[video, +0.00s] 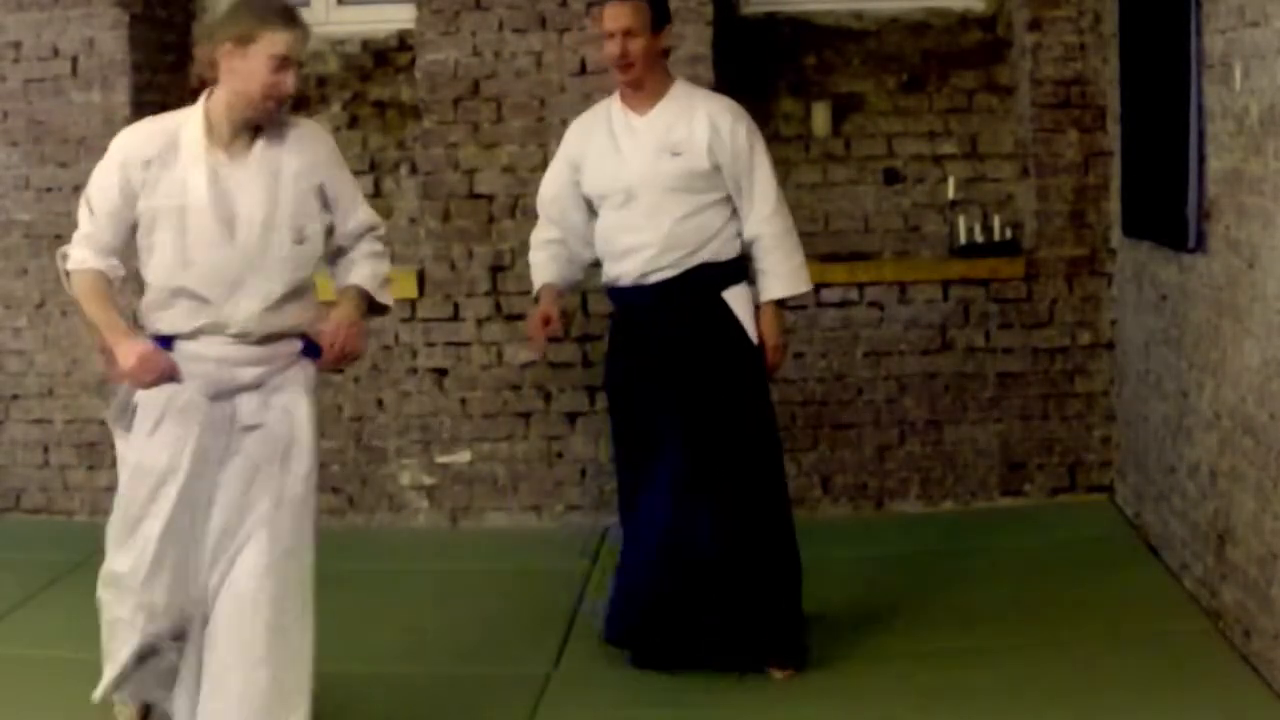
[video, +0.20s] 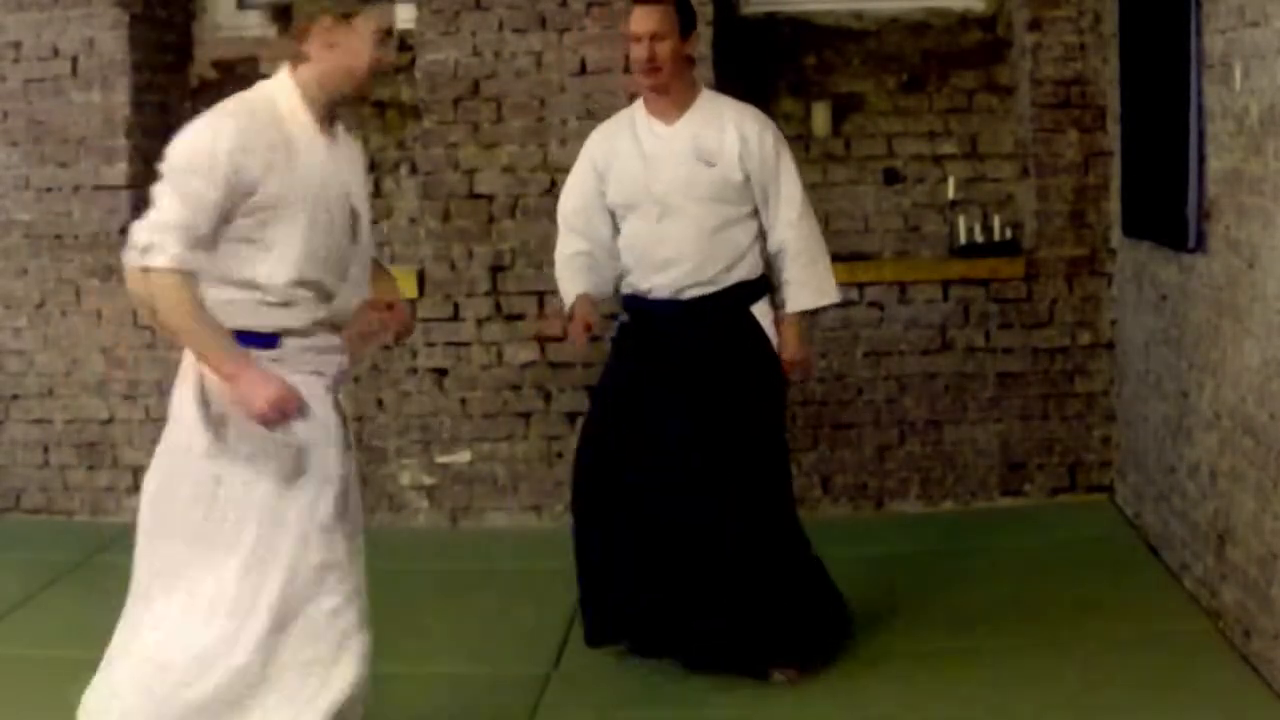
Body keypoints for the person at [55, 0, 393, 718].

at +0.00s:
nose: (289, 83)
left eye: (295, 68)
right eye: (277, 64)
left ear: (295, 75)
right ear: (223, 57)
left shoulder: (310, 148)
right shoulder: (141, 149)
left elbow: (366, 243)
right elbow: (85, 257)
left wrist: (353, 306)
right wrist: (122, 340)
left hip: (277, 389)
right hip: (172, 387)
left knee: (263, 579)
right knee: (151, 571)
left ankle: (249, 710)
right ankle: (140, 703)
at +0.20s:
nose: (388, 56)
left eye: (390, 40)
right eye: (379, 36)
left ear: (333, 39)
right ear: (321, 35)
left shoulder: (345, 149)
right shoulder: (227, 133)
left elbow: (324, 285)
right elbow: (150, 267)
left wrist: (366, 318)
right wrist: (238, 371)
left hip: (315, 392)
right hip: (232, 391)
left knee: (315, 594)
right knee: (217, 597)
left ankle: (301, 708)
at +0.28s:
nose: (427, 59)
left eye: (427, 42)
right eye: (418, 40)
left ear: (371, 41)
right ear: (364, 39)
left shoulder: (344, 131)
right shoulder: (292, 132)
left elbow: (304, 265)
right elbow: (231, 287)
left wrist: (379, 308)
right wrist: (306, 414)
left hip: (328, 387)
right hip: (271, 390)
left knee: (338, 596)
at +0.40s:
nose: (490, 74)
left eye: (487, 54)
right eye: (482, 53)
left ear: (411, 54)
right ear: (448, 53)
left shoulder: (335, 127)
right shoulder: (423, 162)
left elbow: (272, 251)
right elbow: (386, 339)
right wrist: (432, 472)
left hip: (280, 396)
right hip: (346, 411)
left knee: (295, 606)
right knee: (412, 612)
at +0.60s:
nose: (568, 55)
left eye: (565, 39)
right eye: (566, 39)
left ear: (484, 41)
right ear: (550, 41)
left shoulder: (392, 121)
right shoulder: (550, 144)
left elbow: (301, 245)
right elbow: (573, 335)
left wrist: (377, 332)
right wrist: (614, 475)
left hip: (353, 409)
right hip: (465, 420)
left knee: (330, 655)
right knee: (537, 666)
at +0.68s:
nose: (585, 43)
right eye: (580, 27)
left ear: (491, 30)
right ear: (562, 28)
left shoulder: (394, 113)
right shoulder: (582, 131)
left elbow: (300, 232)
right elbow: (623, 310)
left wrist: (394, 316)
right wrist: (655, 448)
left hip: (374, 408)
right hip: (500, 412)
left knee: (365, 676)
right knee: (579, 676)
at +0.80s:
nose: (579, 32)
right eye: (575, 20)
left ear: (481, 22)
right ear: (554, 22)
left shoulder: (393, 103)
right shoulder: (598, 121)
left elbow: (294, 227)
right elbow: (675, 297)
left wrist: (411, 250)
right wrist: (695, 403)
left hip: (407, 410)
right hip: (546, 411)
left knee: (411, 677)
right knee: (615, 673)